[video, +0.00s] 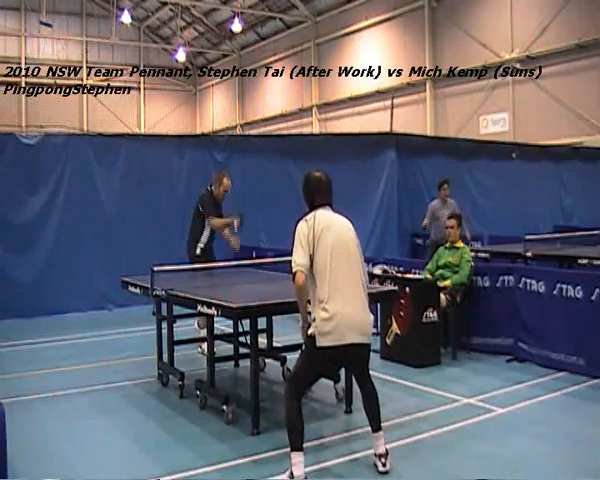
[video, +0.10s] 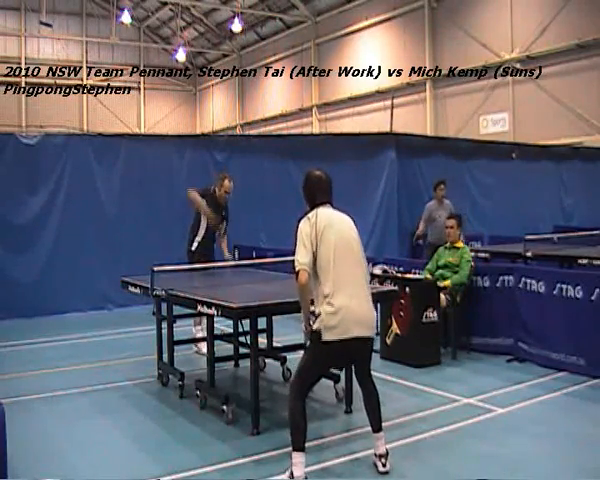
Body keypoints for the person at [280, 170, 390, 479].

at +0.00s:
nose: (306, 199)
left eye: (305, 194)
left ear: (306, 196)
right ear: (330, 195)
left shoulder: (307, 225)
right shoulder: (347, 224)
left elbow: (299, 277)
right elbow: (358, 274)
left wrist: (304, 318)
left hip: (328, 331)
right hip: (361, 328)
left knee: (293, 390)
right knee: (364, 379)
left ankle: (297, 468)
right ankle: (381, 449)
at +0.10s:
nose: (306, 198)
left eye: (305, 193)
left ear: (306, 195)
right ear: (330, 193)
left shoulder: (309, 222)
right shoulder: (348, 221)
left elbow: (303, 277)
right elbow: (358, 269)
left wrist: (305, 315)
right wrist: (328, 304)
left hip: (333, 325)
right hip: (365, 322)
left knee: (298, 389)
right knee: (365, 378)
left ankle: (297, 468)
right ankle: (381, 449)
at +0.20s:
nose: (305, 197)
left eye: (304, 192)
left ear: (306, 193)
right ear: (329, 191)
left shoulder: (309, 220)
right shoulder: (347, 218)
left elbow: (305, 275)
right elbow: (356, 267)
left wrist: (306, 316)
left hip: (336, 321)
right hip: (368, 319)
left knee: (302, 387)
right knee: (365, 378)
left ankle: (299, 467)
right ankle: (381, 450)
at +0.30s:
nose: (301, 193)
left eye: (301, 188)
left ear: (304, 191)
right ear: (327, 189)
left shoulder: (308, 220)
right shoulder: (344, 217)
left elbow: (299, 279)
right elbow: (352, 266)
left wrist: (300, 322)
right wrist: (325, 300)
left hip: (336, 322)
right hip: (366, 319)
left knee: (300, 388)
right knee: (363, 375)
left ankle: (301, 468)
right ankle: (382, 449)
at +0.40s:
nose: (302, 195)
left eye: (302, 190)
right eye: (309, 188)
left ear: (305, 192)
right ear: (329, 191)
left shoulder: (309, 221)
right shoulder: (345, 219)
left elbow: (294, 280)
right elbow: (350, 268)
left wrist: (290, 323)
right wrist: (325, 308)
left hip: (335, 325)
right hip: (366, 322)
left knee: (298, 388)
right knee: (358, 373)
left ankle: (301, 468)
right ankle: (379, 443)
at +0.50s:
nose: (307, 208)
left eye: (307, 204)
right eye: (309, 203)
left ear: (310, 205)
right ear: (334, 205)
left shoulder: (316, 231)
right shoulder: (348, 234)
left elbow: (286, 284)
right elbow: (349, 284)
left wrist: (276, 322)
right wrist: (322, 308)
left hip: (339, 343)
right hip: (366, 340)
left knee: (295, 393)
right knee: (352, 380)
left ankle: (301, 470)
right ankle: (375, 447)